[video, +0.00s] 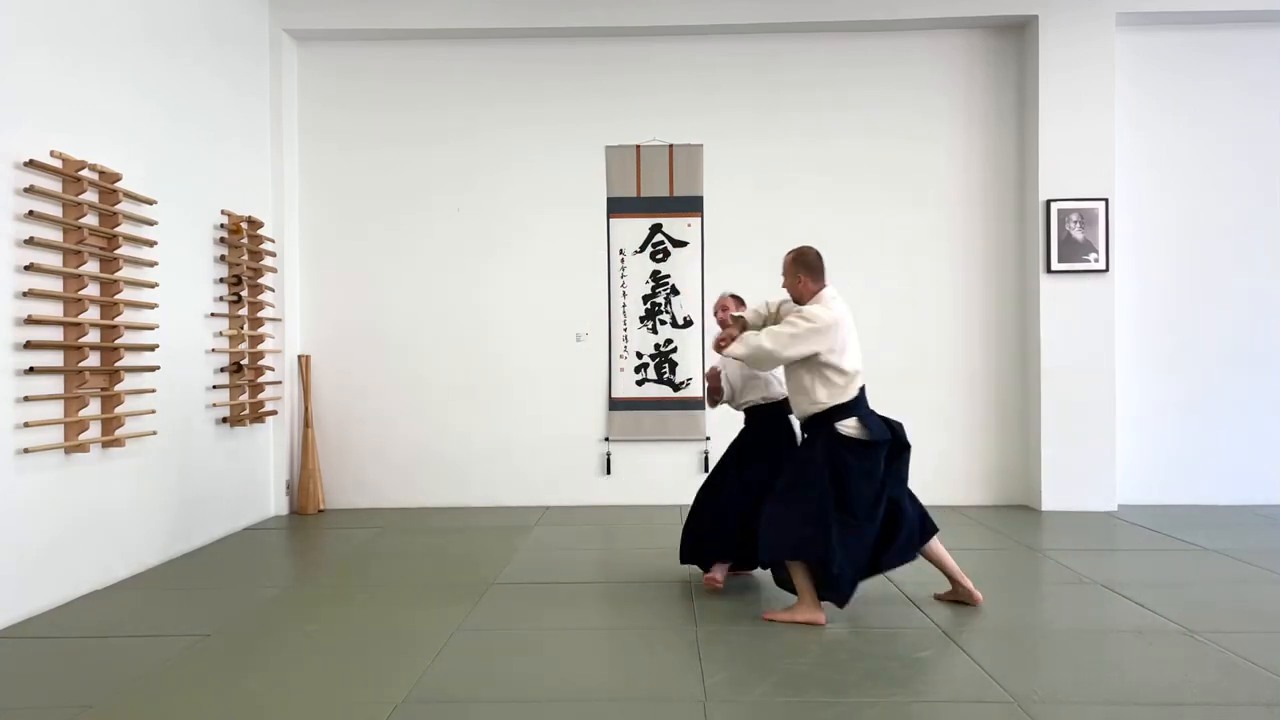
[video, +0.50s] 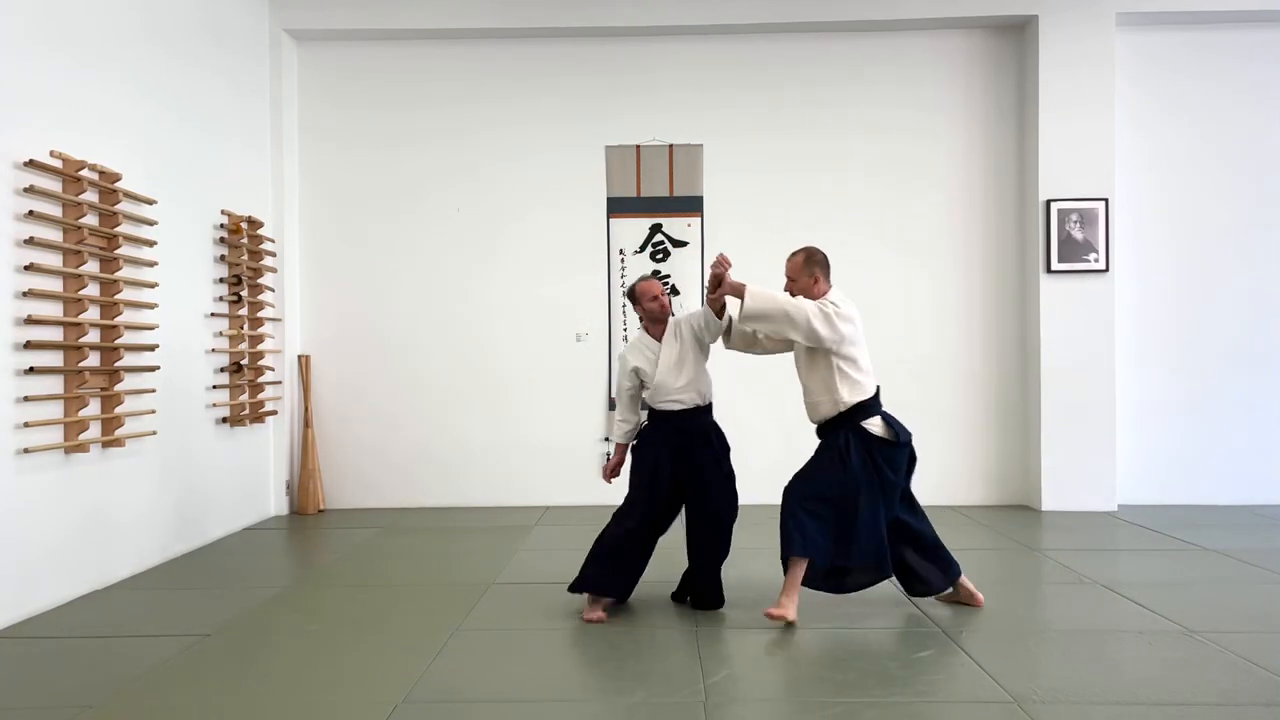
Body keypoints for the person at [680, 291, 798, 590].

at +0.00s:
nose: (720, 316)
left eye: (726, 310)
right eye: (717, 312)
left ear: (744, 313)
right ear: (715, 319)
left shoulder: (761, 339)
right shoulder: (724, 356)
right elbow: (716, 400)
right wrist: (714, 387)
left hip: (775, 424)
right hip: (756, 426)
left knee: (724, 489)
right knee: (744, 492)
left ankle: (721, 560)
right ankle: (744, 557)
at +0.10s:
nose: (705, 311)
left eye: (710, 305)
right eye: (700, 309)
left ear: (725, 308)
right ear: (697, 316)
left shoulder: (739, 333)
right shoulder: (701, 356)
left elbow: (746, 348)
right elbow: (698, 388)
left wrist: (754, 352)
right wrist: (696, 405)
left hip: (758, 426)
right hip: (729, 428)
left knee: (727, 497)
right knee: (699, 491)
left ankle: (707, 575)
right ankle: (703, 573)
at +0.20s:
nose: (704, 309)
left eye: (707, 302)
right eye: (695, 307)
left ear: (716, 304)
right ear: (688, 315)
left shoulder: (735, 334)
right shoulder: (684, 356)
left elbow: (754, 352)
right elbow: (675, 400)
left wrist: (760, 333)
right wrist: (671, 432)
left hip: (744, 433)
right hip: (707, 433)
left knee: (722, 507)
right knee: (670, 499)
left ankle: (699, 584)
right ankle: (696, 564)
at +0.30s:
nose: (696, 310)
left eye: (698, 303)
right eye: (688, 307)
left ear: (705, 303)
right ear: (675, 314)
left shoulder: (724, 331)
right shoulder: (670, 355)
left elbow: (743, 334)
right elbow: (657, 405)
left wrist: (736, 315)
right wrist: (646, 450)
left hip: (733, 431)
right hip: (694, 432)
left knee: (720, 513)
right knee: (655, 499)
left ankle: (701, 591)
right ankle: (653, 553)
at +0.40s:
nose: (680, 304)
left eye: (680, 297)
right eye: (671, 302)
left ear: (686, 296)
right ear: (657, 312)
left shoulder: (707, 325)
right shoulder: (654, 352)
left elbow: (728, 326)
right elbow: (644, 405)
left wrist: (725, 298)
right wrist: (631, 450)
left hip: (720, 428)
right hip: (680, 430)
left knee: (715, 511)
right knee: (644, 501)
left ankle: (705, 591)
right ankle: (608, 575)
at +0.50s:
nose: (663, 300)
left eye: (664, 294)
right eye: (653, 298)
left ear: (669, 296)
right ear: (638, 309)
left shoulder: (690, 326)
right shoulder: (633, 354)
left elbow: (715, 314)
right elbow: (627, 409)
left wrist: (718, 283)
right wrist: (619, 453)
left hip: (701, 432)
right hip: (660, 436)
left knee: (716, 512)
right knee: (641, 514)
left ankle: (701, 589)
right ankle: (600, 592)